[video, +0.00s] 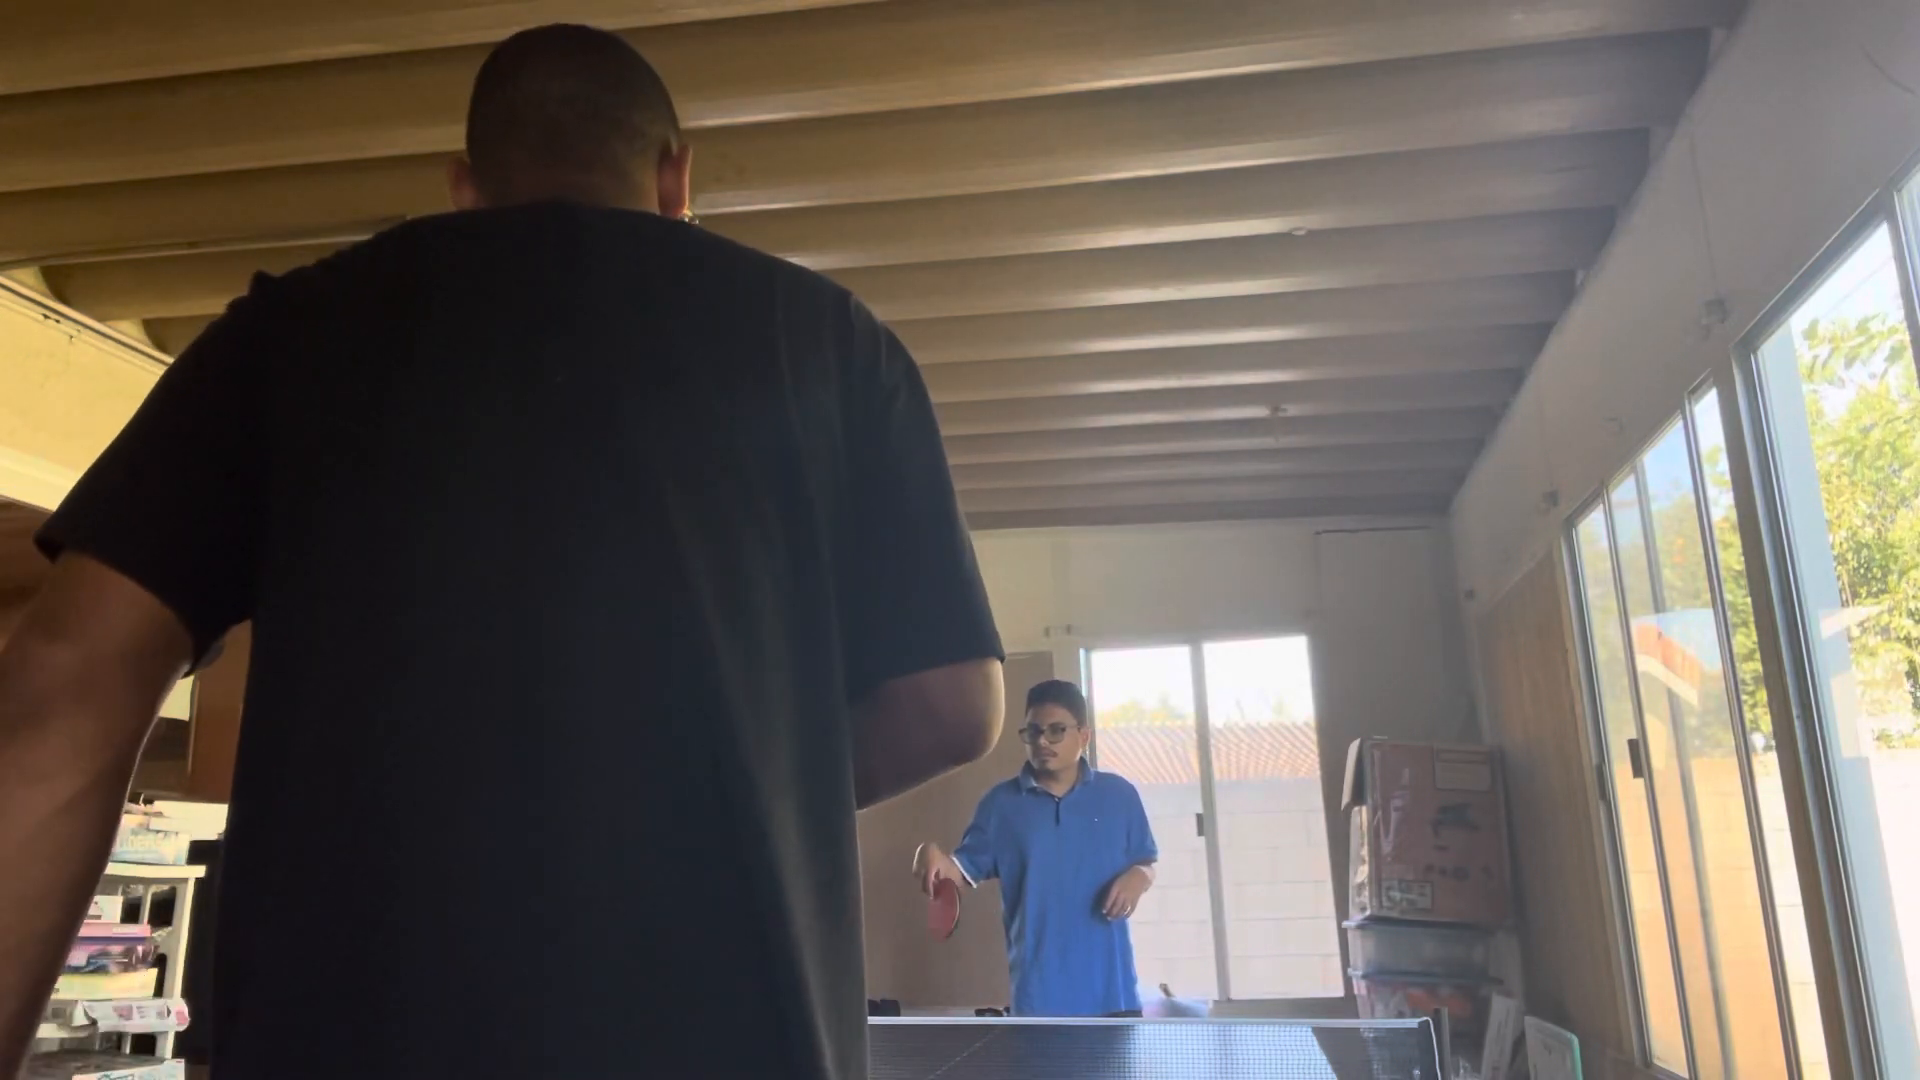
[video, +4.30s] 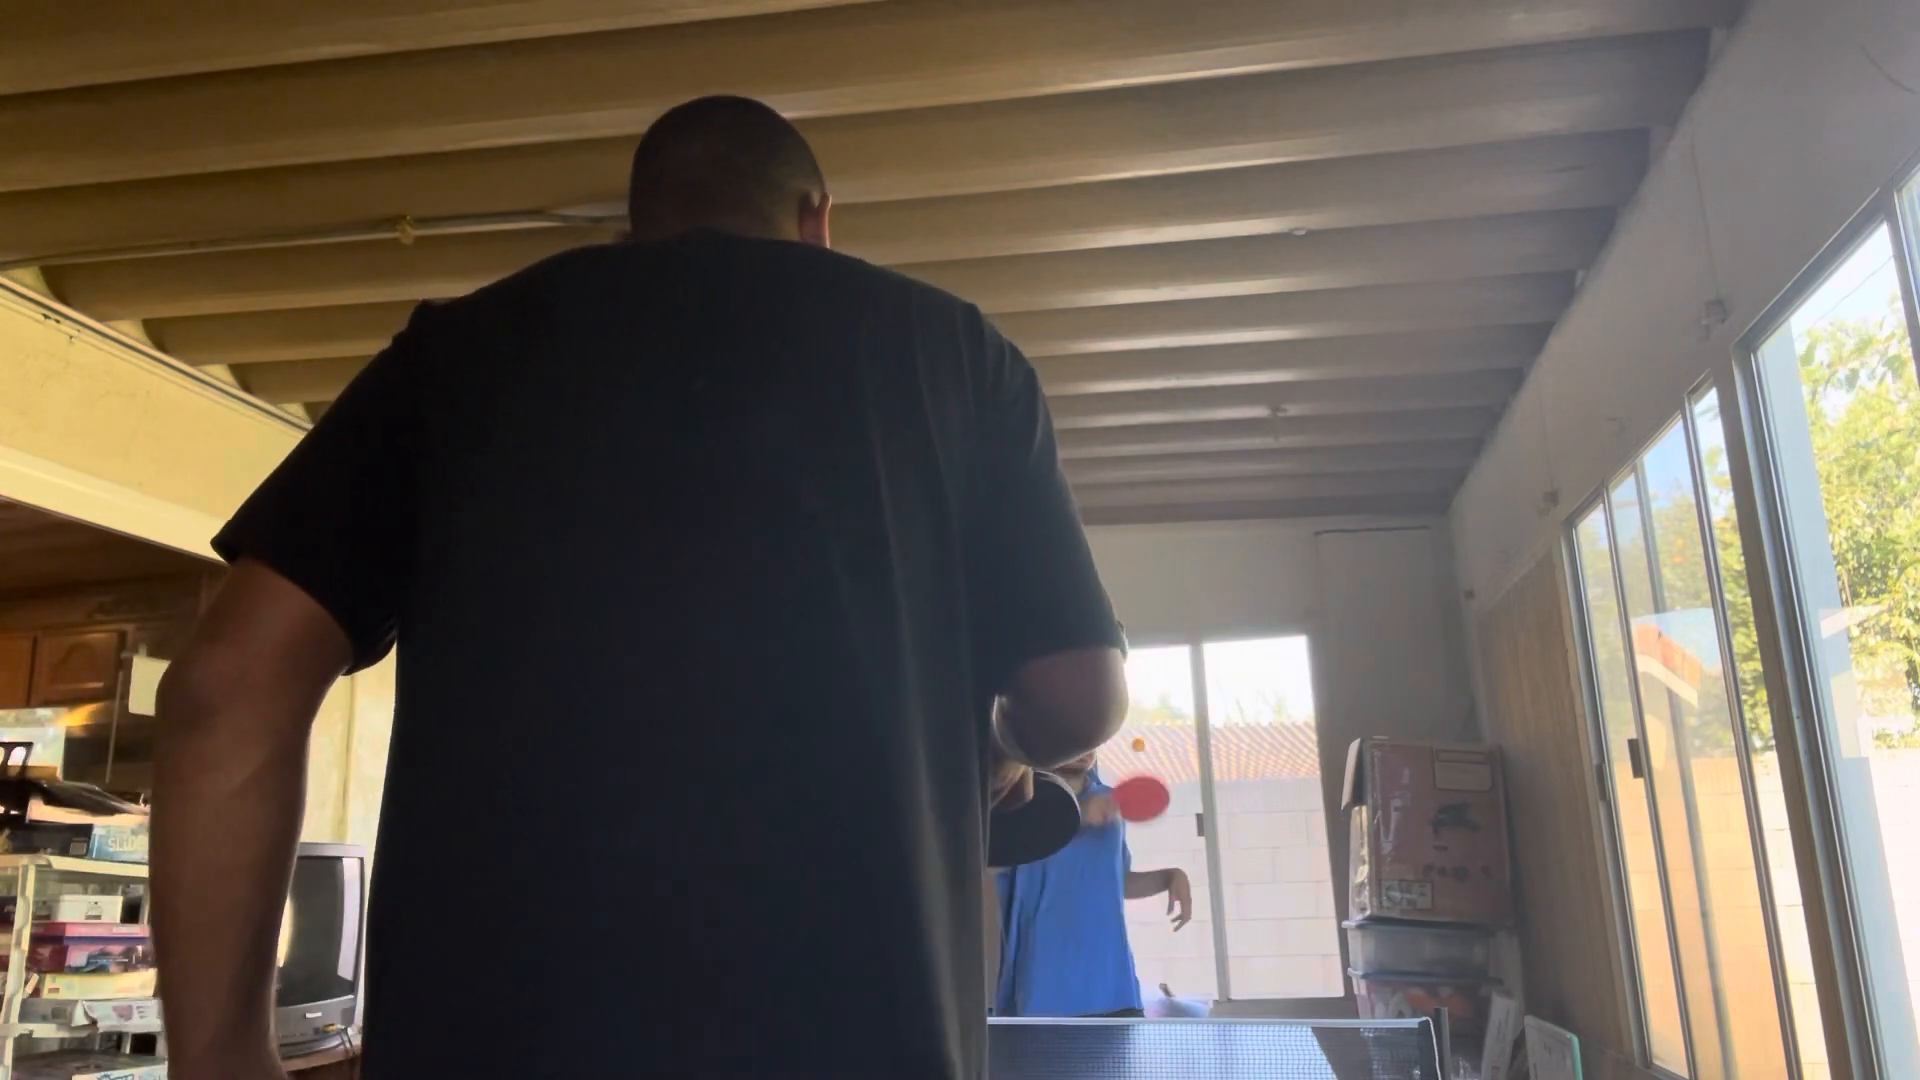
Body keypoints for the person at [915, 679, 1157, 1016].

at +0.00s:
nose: (1043, 742)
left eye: (1056, 731)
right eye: (1034, 732)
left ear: (1084, 736)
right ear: (1024, 736)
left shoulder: (1117, 795)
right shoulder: (1002, 803)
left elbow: (1144, 863)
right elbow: (966, 871)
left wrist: (1137, 878)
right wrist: (932, 852)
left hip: (1109, 988)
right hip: (1037, 992)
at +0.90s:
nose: (1037, 751)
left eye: (1051, 739)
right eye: (1025, 739)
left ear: (1075, 739)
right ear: (1013, 739)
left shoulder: (1107, 794)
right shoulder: (993, 804)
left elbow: (1132, 861)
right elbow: (962, 878)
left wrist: (1134, 876)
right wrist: (956, 896)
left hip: (1106, 988)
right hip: (1033, 995)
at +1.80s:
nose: (1045, 746)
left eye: (1057, 734)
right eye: (1032, 736)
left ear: (1079, 736)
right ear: (1019, 738)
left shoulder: (1102, 801)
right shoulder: (996, 794)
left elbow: (1118, 879)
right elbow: (959, 877)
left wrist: (1137, 878)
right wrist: (986, 868)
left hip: (1100, 994)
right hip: (1023, 997)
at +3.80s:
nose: (1069, 746)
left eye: (1078, 737)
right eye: (1058, 736)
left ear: (1091, 742)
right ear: (1029, 736)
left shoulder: (1110, 800)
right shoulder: (1011, 796)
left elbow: (1124, 875)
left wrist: (1145, 878)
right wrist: (1036, 859)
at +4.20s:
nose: (1084, 755)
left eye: (1091, 744)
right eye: (1071, 744)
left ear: (1098, 746)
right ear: (1042, 746)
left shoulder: (1108, 801)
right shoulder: (1019, 799)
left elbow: (1114, 884)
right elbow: (985, 876)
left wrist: (1168, 878)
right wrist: (1071, 853)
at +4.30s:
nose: (1084, 746)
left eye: (1091, 736)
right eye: (1070, 736)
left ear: (1100, 739)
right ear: (1038, 737)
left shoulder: (1105, 801)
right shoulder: (1013, 800)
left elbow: (1118, 882)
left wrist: (1169, 876)